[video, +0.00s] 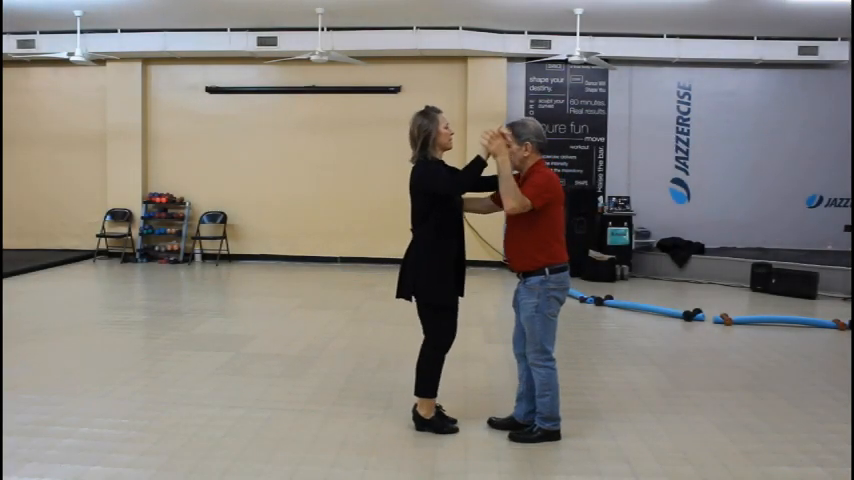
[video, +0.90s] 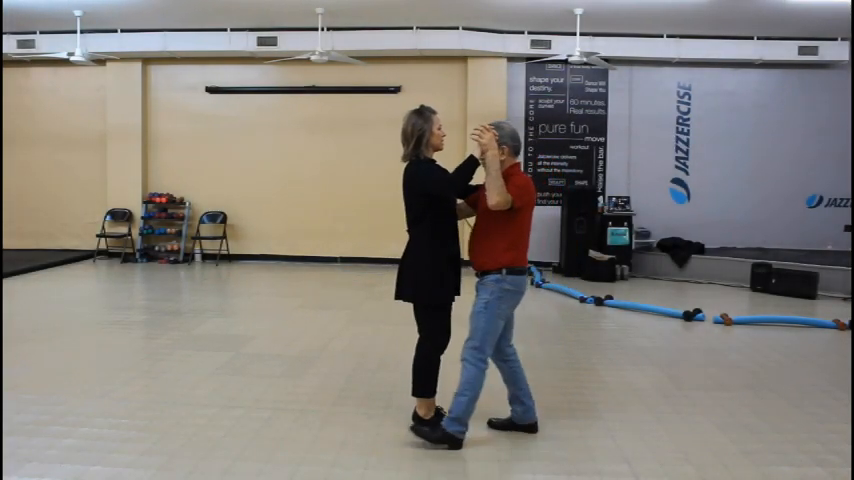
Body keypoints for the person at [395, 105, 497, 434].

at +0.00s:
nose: (452, 132)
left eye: (450, 127)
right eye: (446, 128)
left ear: (435, 133)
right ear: (430, 134)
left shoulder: (440, 169)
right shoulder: (426, 170)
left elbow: (477, 183)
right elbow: (460, 184)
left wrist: (509, 167)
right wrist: (484, 154)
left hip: (440, 267)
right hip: (429, 269)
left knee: (442, 335)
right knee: (438, 336)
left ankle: (426, 405)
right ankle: (424, 409)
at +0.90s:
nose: (444, 134)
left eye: (442, 128)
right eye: (439, 129)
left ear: (425, 132)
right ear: (424, 133)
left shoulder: (426, 168)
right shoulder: (420, 170)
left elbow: (451, 202)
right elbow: (450, 187)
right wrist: (476, 157)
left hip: (434, 267)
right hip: (428, 269)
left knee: (436, 337)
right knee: (433, 338)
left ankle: (426, 406)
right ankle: (423, 411)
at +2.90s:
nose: (461, 131)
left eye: (458, 126)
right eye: (455, 127)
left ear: (442, 132)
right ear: (440, 133)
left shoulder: (443, 168)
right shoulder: (437, 170)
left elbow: (475, 198)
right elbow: (472, 185)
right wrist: (501, 159)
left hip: (444, 268)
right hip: (439, 269)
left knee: (438, 339)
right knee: (436, 340)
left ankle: (427, 408)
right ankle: (424, 412)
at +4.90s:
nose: (453, 139)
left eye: (452, 133)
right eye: (448, 134)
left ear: (432, 138)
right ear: (433, 138)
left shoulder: (436, 173)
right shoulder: (425, 174)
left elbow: (464, 200)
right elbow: (455, 190)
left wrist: (498, 189)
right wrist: (485, 165)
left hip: (435, 270)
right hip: (421, 272)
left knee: (446, 336)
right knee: (445, 337)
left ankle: (429, 406)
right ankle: (410, 404)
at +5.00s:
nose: (446, 138)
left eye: (444, 133)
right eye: (440, 134)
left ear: (423, 140)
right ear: (424, 140)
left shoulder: (429, 176)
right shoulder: (419, 177)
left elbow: (457, 202)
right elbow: (444, 196)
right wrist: (473, 170)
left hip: (431, 274)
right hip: (415, 276)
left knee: (443, 335)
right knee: (437, 336)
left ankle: (428, 406)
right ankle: (376, 392)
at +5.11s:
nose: (435, 138)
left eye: (433, 133)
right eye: (429, 135)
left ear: (415, 142)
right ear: (415, 142)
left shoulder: (421, 179)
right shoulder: (408, 179)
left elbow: (449, 208)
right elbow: (435, 197)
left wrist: (481, 190)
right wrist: (462, 172)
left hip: (426, 278)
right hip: (406, 279)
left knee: (440, 333)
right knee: (408, 349)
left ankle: (428, 406)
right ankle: (344, 391)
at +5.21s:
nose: (424, 141)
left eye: (422, 136)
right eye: (419, 137)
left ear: (403, 144)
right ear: (404, 143)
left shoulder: (409, 180)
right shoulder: (398, 180)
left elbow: (441, 206)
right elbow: (424, 199)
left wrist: (472, 189)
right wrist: (450, 173)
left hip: (414, 278)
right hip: (393, 279)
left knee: (435, 333)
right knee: (378, 347)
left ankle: (427, 407)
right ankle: (321, 400)